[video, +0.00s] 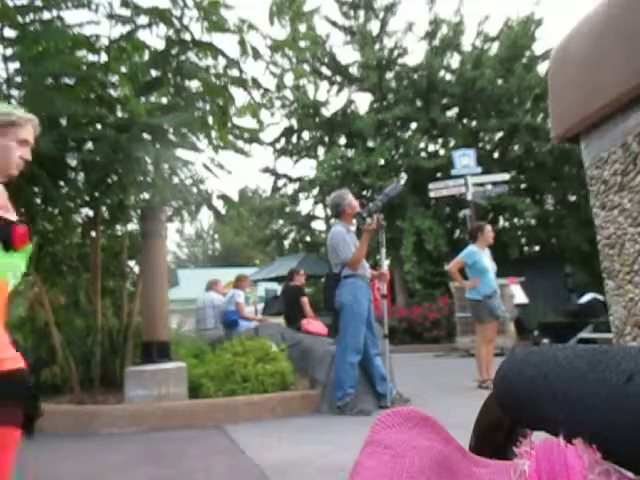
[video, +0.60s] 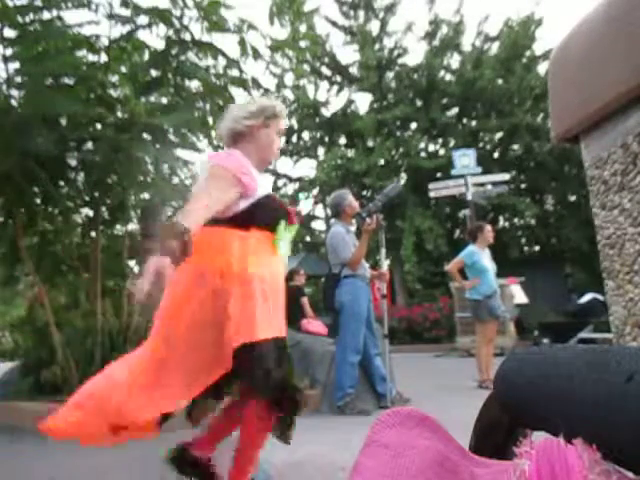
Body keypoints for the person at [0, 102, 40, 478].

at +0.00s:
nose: (27, 155)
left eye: (29, 147)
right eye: (21, 144)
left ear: (24, 150)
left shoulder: (8, 199)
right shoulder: (1, 199)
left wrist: (11, 356)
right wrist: (13, 362)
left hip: (4, 333)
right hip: (2, 334)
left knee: (19, 388)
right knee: (15, 384)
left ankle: (8, 470)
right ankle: (6, 472)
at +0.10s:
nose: (69, 158)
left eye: (71, 150)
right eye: (64, 146)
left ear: (36, 143)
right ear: (33, 140)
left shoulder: (39, 194)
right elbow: (14, 225)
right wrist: (54, 234)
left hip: (33, 350)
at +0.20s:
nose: (110, 157)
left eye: (112, 149)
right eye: (106, 145)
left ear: (81, 143)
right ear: (76, 139)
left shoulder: (75, 192)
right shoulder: (36, 175)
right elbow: (2, 224)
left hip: (57, 336)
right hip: (23, 334)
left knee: (40, 445)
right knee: (16, 427)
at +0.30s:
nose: (151, 151)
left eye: (153, 143)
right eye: (147, 140)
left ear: (125, 139)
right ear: (119, 135)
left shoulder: (116, 187)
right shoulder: (87, 168)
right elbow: (36, 208)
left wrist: (121, 285)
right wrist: (10, 225)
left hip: (84, 303)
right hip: (65, 300)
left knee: (63, 407)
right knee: (134, 382)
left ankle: (24, 475)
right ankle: (85, 475)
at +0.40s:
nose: (194, 142)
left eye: (195, 133)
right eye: (191, 130)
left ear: (164, 129)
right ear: (165, 127)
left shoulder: (158, 173)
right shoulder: (134, 160)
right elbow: (85, 197)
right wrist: (31, 237)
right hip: (129, 295)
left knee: (91, 400)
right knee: (190, 385)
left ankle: (31, 473)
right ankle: (211, 472)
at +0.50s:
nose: (239, 141)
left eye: (240, 133)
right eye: (235, 131)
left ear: (213, 128)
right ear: (210, 126)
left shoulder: (204, 172)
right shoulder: (184, 162)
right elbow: (141, 199)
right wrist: (95, 241)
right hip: (184, 300)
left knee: (172, 400)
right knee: (235, 388)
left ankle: (85, 456)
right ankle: (237, 473)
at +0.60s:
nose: (282, 143)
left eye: (282, 134)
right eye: (278, 133)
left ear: (252, 133)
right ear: (255, 131)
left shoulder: (244, 173)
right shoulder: (231, 167)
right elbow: (197, 209)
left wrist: (280, 218)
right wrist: (163, 253)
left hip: (250, 294)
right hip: (237, 293)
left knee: (259, 384)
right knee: (269, 389)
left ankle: (199, 450)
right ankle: (242, 473)